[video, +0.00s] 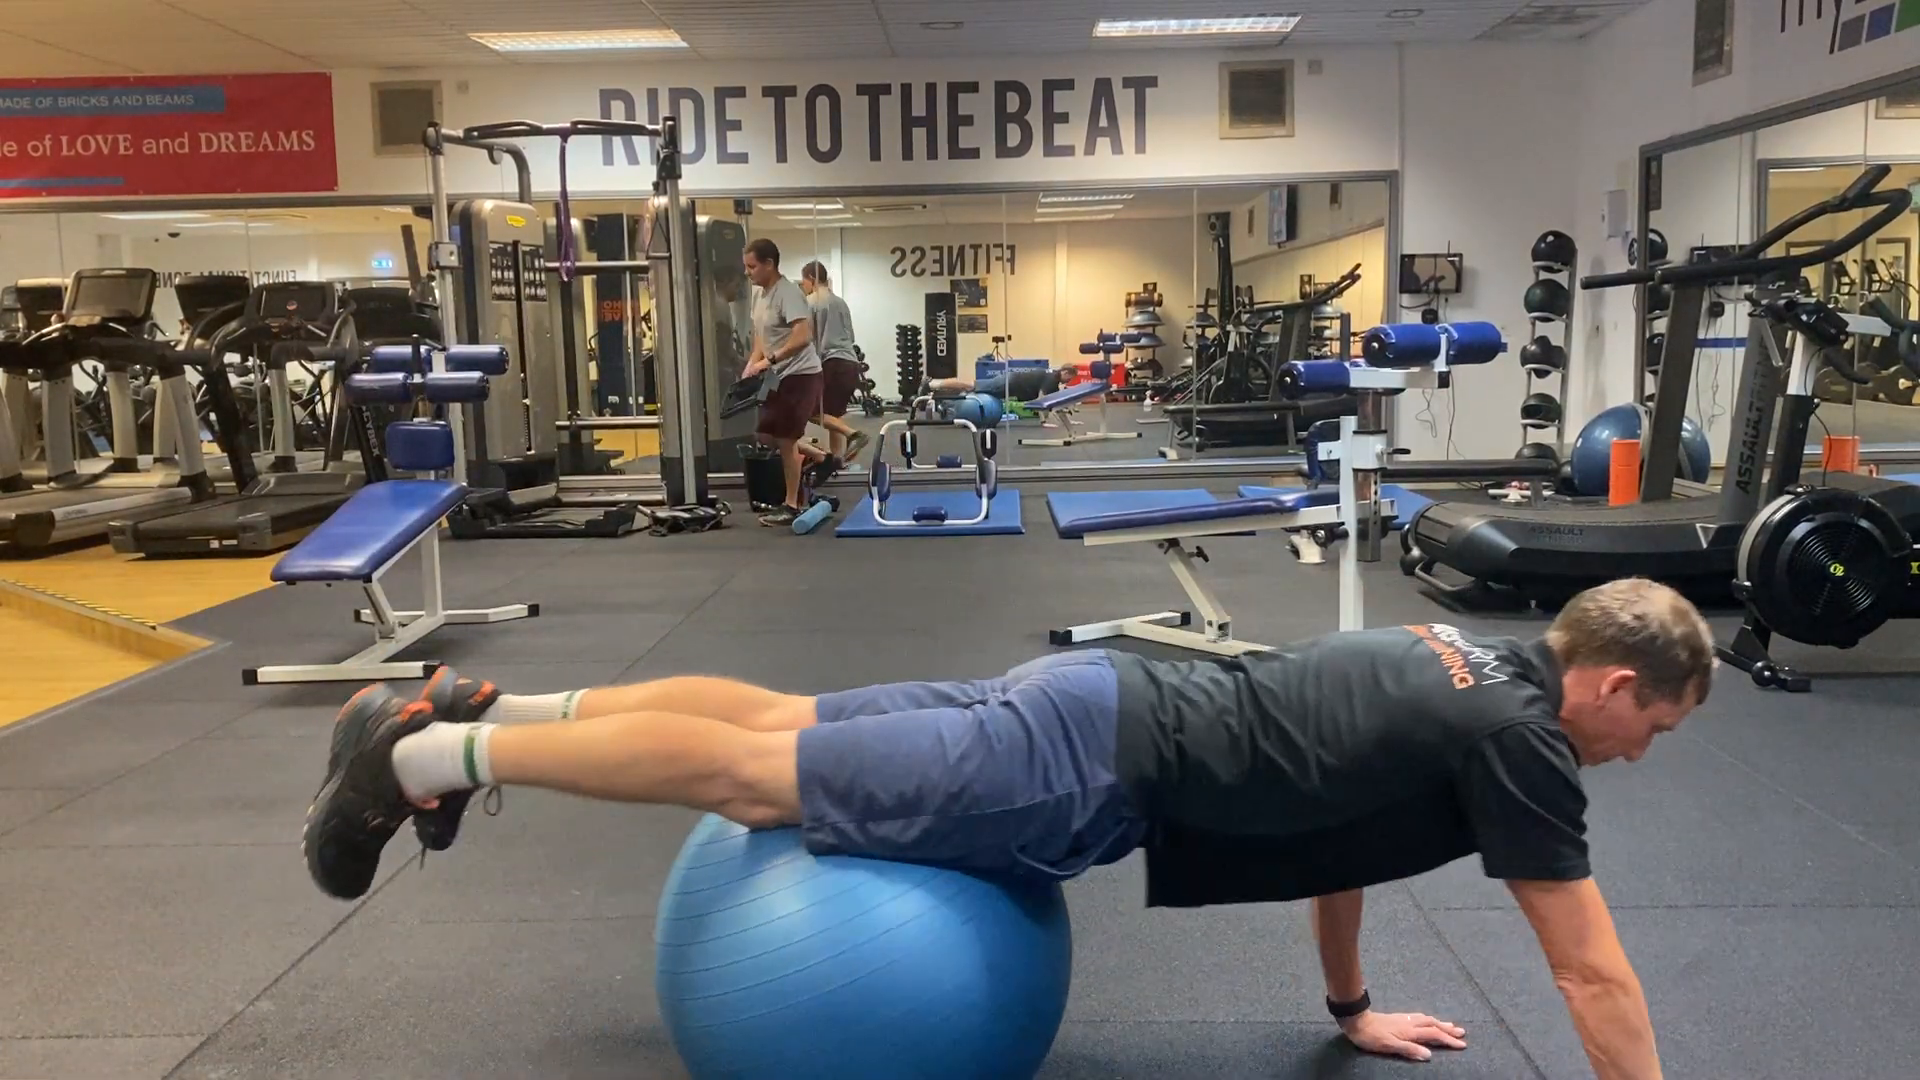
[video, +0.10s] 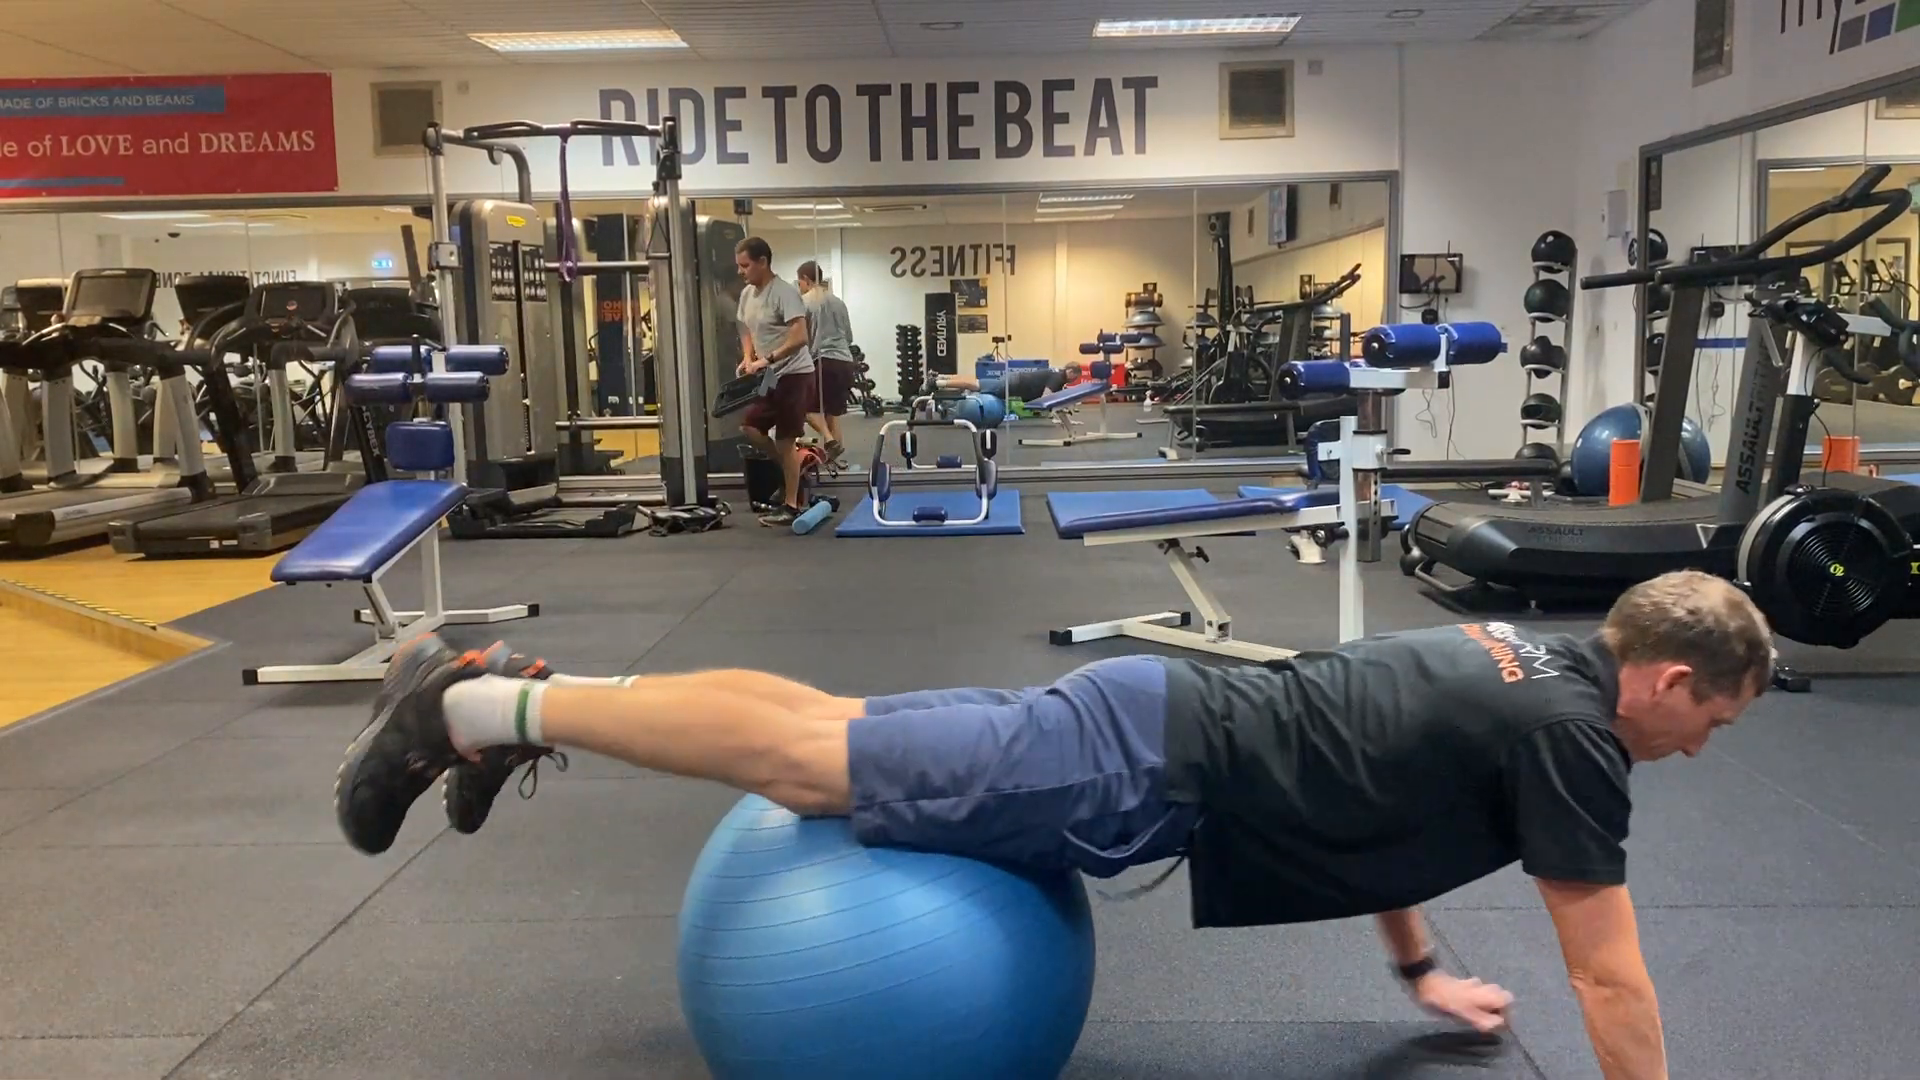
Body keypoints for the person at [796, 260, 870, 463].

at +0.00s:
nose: (803, 285)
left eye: (803, 281)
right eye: (802, 281)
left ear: (811, 279)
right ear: (825, 279)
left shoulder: (812, 302)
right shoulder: (841, 302)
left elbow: (811, 337)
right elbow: (850, 335)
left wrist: (810, 362)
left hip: (831, 361)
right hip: (851, 362)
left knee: (812, 413)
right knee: (835, 416)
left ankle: (853, 434)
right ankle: (836, 462)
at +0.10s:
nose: (799, 286)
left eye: (799, 281)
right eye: (799, 281)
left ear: (806, 279)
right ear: (819, 278)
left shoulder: (806, 301)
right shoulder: (838, 302)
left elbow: (805, 337)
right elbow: (849, 335)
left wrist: (802, 359)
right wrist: (836, 347)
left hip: (822, 360)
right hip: (845, 360)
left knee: (809, 408)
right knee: (833, 414)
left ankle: (829, 438)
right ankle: (835, 461)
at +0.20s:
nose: (796, 284)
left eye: (795, 281)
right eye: (796, 281)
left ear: (799, 280)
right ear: (815, 278)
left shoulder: (798, 303)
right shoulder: (834, 301)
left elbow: (796, 337)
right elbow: (846, 335)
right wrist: (839, 350)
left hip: (810, 363)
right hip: (837, 363)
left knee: (805, 415)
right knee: (831, 418)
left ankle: (807, 460)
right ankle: (835, 462)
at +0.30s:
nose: (791, 285)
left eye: (791, 281)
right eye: (792, 281)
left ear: (794, 281)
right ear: (812, 278)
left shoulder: (794, 303)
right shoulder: (829, 301)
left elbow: (792, 338)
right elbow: (841, 334)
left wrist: (793, 357)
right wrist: (829, 345)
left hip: (806, 364)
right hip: (832, 364)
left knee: (802, 418)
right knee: (828, 418)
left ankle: (803, 461)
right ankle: (833, 463)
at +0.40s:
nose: (787, 286)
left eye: (786, 282)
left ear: (786, 283)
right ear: (807, 279)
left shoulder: (786, 305)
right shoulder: (824, 302)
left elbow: (783, 339)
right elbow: (836, 334)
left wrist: (788, 358)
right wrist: (823, 347)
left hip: (801, 366)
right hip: (828, 367)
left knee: (799, 420)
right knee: (823, 417)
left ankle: (801, 464)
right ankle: (827, 460)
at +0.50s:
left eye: (780, 283)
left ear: (780, 284)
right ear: (801, 280)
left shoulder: (778, 307)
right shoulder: (819, 303)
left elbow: (774, 340)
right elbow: (830, 335)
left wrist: (782, 361)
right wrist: (816, 349)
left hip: (793, 365)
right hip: (818, 365)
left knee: (792, 415)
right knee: (814, 415)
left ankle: (801, 454)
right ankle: (819, 455)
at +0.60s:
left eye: (776, 284)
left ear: (775, 284)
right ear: (796, 280)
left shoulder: (774, 307)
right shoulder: (814, 303)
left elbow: (767, 341)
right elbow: (826, 335)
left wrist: (777, 360)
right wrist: (812, 348)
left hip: (789, 366)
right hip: (813, 366)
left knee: (791, 416)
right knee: (808, 414)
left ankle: (794, 456)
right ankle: (813, 452)